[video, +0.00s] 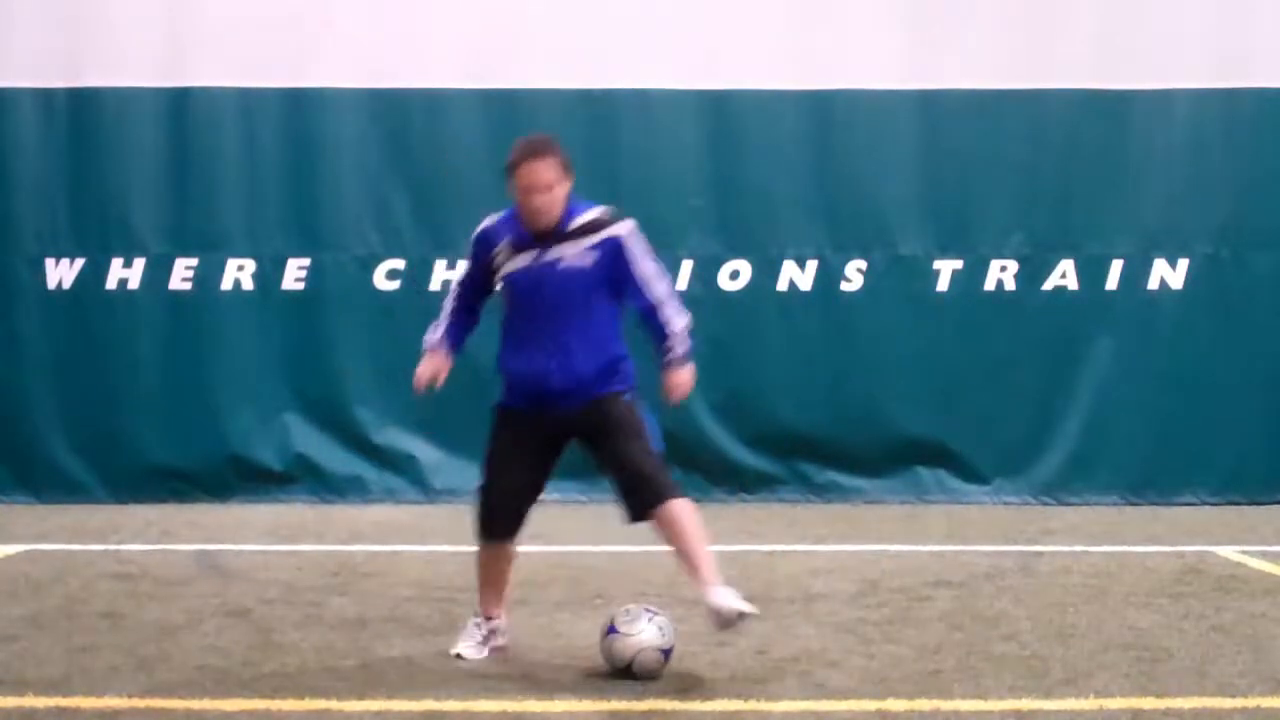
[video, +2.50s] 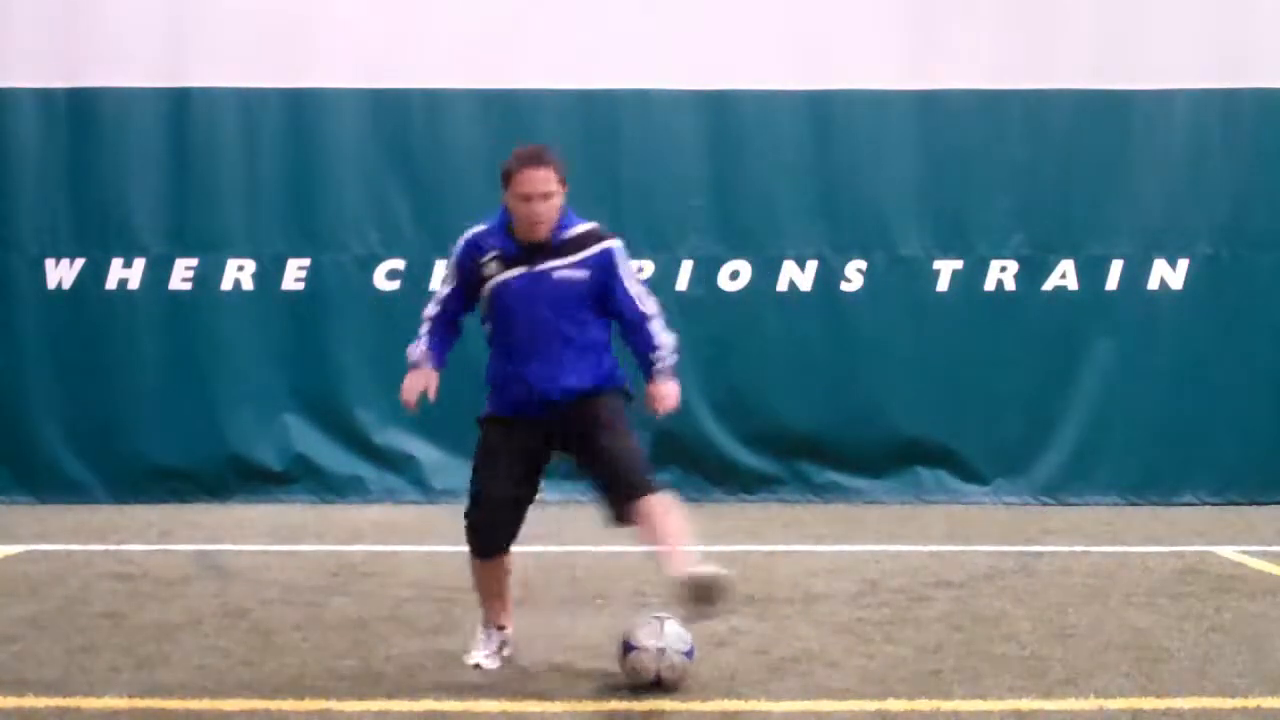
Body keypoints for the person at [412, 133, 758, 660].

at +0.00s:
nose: (535, 201)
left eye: (545, 189)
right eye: (526, 191)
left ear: (567, 184)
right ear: (512, 191)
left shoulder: (609, 230)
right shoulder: (496, 238)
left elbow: (657, 292)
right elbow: (465, 296)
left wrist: (678, 353)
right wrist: (440, 346)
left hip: (602, 395)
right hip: (527, 402)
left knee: (649, 481)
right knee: (497, 512)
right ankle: (490, 622)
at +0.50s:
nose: (729, 181)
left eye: (739, 169)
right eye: (717, 169)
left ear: (756, 163)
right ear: (699, 164)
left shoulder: (786, 197)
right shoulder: (673, 208)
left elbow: (814, 243)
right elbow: (616, 265)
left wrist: (803, 285)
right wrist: (593, 338)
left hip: (750, 357)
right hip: (685, 350)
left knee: (772, 479)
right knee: (732, 450)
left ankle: (697, 572)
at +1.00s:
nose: (763, 188)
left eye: (774, 176)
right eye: (752, 175)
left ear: (790, 171)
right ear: (734, 169)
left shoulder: (810, 212)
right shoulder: (701, 212)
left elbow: (837, 266)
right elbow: (638, 260)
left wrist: (846, 316)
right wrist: (616, 340)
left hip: (777, 377)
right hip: (709, 379)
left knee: (786, 494)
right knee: (743, 488)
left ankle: (752, 624)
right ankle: (770, 624)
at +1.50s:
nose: (600, 169)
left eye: (610, 157)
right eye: (590, 159)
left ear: (634, 154)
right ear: (578, 161)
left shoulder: (669, 201)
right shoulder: (555, 214)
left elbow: (715, 254)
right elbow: (523, 276)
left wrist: (709, 314)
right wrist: (504, 333)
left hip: (657, 366)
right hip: (586, 378)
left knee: (676, 444)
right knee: (568, 503)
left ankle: (672, 562)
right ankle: (578, 618)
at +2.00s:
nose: (476, 238)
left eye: (487, 225)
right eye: (467, 226)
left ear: (511, 216)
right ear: (454, 219)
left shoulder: (544, 268)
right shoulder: (446, 250)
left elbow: (591, 342)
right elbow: (418, 287)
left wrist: (612, 416)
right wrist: (382, 313)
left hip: (542, 416)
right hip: (494, 415)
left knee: (476, 523)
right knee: (495, 530)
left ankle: (495, 650)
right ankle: (617, 541)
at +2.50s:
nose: (539, 209)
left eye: (548, 196)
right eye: (528, 198)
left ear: (563, 194)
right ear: (506, 199)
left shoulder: (597, 245)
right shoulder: (480, 249)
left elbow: (639, 309)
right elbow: (447, 306)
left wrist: (662, 369)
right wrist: (425, 359)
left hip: (590, 399)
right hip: (514, 407)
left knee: (632, 483)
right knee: (486, 522)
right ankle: (496, 630)